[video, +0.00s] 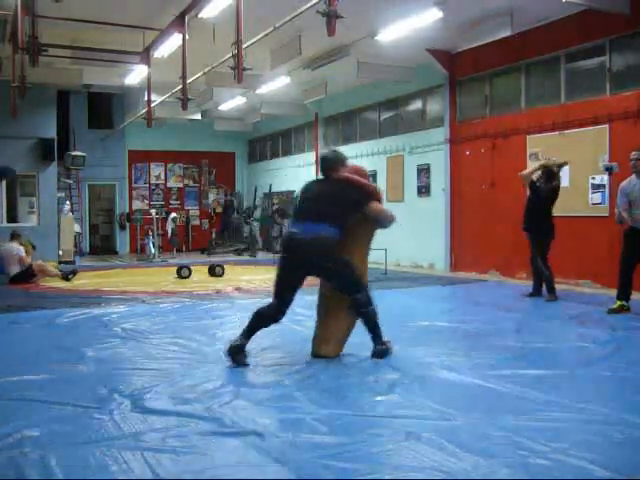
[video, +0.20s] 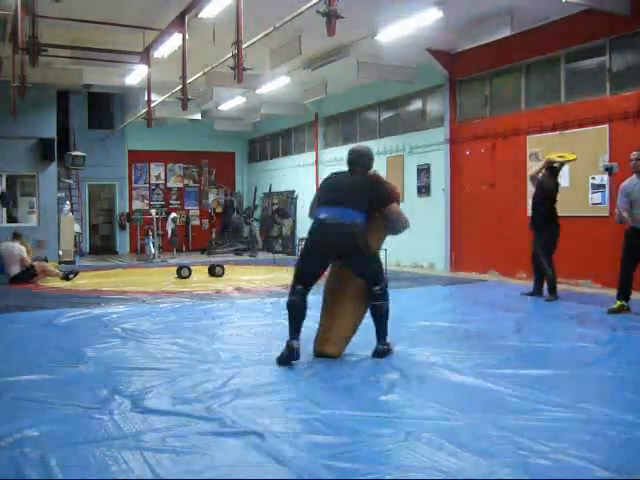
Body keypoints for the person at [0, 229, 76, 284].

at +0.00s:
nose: (20, 240)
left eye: (19, 239)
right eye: (19, 239)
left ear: (10, 238)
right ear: (18, 239)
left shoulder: (4, 247)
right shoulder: (18, 248)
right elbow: (26, 263)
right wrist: (29, 253)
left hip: (10, 277)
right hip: (18, 276)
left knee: (43, 270)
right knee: (39, 265)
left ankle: (63, 274)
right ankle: (63, 275)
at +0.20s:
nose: (21, 242)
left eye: (20, 241)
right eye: (21, 240)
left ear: (12, 238)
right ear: (20, 239)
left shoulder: (3, 246)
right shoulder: (20, 248)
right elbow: (27, 263)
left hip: (10, 277)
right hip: (19, 276)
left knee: (45, 272)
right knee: (42, 266)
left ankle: (64, 275)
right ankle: (63, 275)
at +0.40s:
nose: (19, 240)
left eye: (18, 238)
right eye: (18, 238)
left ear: (10, 237)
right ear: (14, 238)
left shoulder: (9, 246)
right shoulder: (10, 246)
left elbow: (15, 262)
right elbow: (16, 261)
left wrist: (25, 256)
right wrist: (27, 256)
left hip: (16, 274)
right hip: (15, 276)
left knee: (40, 265)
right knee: (40, 265)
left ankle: (63, 275)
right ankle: (63, 276)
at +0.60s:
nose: (16, 239)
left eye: (17, 237)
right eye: (14, 237)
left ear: (18, 237)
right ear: (10, 237)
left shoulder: (18, 248)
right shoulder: (5, 247)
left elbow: (23, 262)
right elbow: (2, 258)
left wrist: (27, 256)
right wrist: (14, 255)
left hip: (22, 274)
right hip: (13, 276)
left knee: (45, 269)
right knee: (39, 263)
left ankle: (63, 275)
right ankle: (62, 275)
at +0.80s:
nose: (15, 240)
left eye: (16, 238)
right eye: (12, 238)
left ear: (18, 239)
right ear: (9, 239)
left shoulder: (21, 248)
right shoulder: (4, 248)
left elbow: (28, 258)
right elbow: (2, 259)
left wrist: (26, 253)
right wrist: (9, 253)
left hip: (22, 273)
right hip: (12, 275)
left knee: (44, 270)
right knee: (39, 264)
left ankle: (62, 275)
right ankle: (61, 275)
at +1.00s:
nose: (15, 240)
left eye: (16, 238)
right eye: (12, 238)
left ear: (18, 238)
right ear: (8, 238)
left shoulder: (19, 247)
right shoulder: (5, 247)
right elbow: (2, 258)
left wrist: (27, 255)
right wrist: (14, 255)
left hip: (22, 274)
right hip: (13, 276)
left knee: (45, 270)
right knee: (38, 264)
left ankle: (64, 275)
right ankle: (62, 275)